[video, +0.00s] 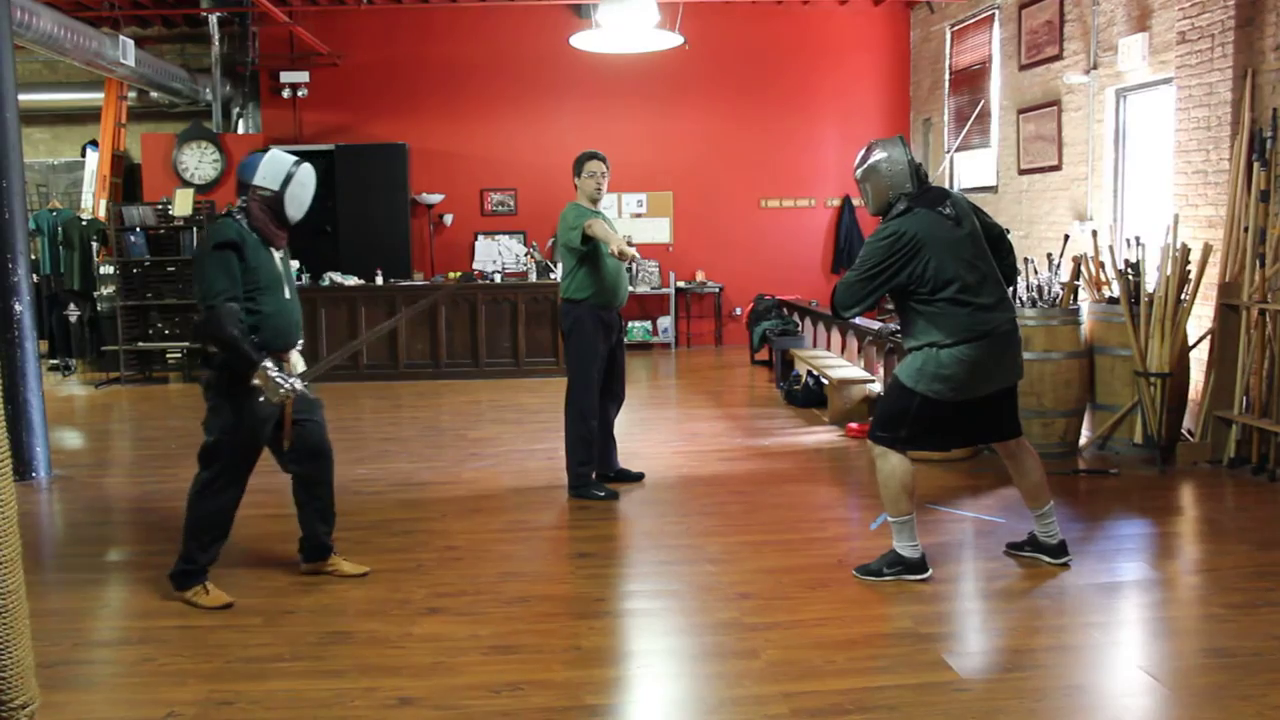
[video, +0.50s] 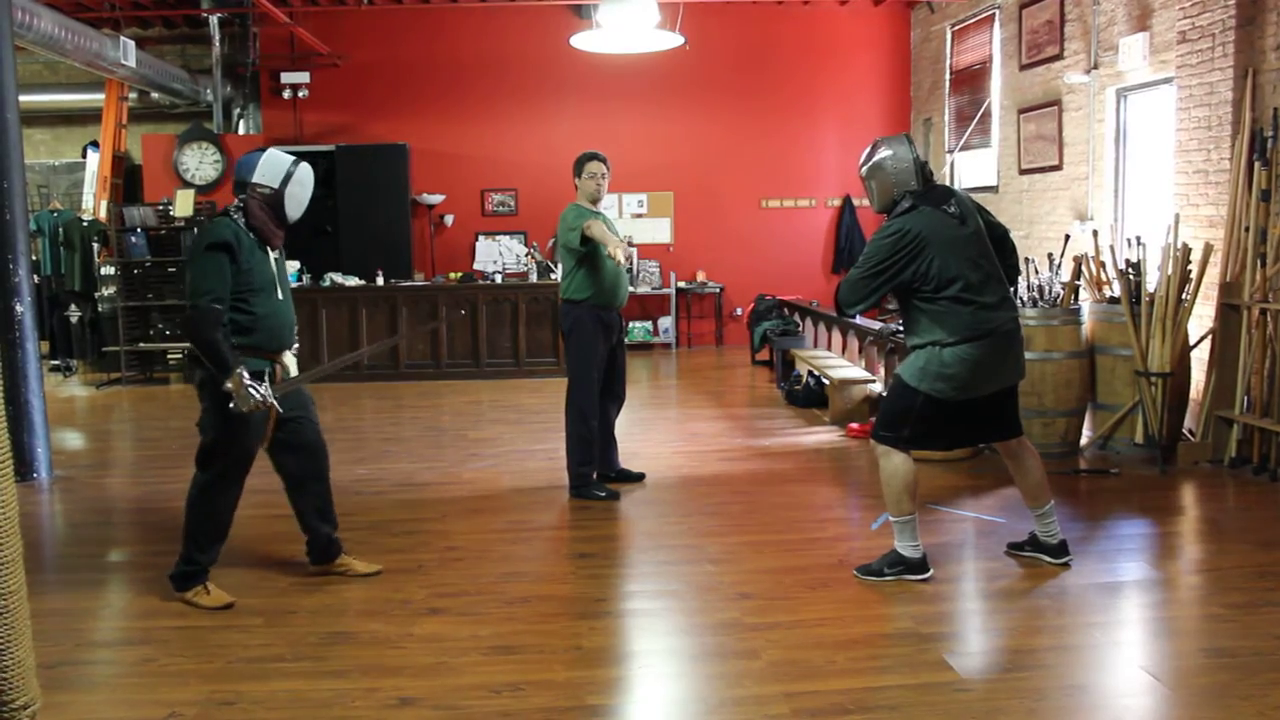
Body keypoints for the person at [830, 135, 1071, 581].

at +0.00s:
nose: (863, 198)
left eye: (865, 188)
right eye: (862, 188)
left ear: (883, 185)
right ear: (911, 177)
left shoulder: (895, 233)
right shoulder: (957, 205)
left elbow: (843, 302)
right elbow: (1003, 249)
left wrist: (882, 275)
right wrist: (992, 297)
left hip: (945, 355)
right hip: (1001, 346)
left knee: (886, 438)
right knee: (1009, 438)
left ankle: (907, 553)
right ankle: (1050, 538)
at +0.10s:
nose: (863, 197)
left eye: (865, 186)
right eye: (862, 187)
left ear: (884, 183)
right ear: (911, 176)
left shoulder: (896, 232)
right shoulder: (958, 204)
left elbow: (844, 302)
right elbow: (1003, 248)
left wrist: (881, 275)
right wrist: (993, 295)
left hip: (946, 354)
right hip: (1002, 345)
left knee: (887, 437)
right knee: (1009, 437)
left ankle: (907, 553)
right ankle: (1050, 538)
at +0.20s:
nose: (865, 196)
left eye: (867, 186)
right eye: (863, 186)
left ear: (885, 183)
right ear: (913, 175)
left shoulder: (897, 233)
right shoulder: (959, 204)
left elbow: (845, 302)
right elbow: (1004, 247)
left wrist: (882, 273)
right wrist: (995, 294)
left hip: (947, 354)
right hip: (1003, 345)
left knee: (887, 437)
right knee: (1010, 438)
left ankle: (907, 553)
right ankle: (1050, 539)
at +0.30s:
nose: (866, 196)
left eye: (867, 186)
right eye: (864, 186)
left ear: (885, 183)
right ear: (914, 175)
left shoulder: (897, 232)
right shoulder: (960, 205)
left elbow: (845, 301)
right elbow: (1004, 246)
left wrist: (883, 273)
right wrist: (995, 293)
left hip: (947, 354)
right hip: (1003, 345)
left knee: (888, 437)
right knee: (1010, 437)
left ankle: (907, 553)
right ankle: (1050, 538)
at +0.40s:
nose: (868, 195)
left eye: (869, 185)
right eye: (867, 185)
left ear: (887, 182)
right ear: (916, 174)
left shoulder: (899, 231)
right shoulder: (960, 204)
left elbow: (846, 301)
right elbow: (1005, 247)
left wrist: (884, 273)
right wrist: (997, 294)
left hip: (948, 353)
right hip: (1003, 345)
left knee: (888, 437)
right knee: (1010, 437)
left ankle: (907, 553)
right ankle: (1050, 539)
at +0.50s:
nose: (869, 195)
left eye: (870, 185)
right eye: (867, 185)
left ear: (888, 182)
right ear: (916, 173)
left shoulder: (901, 230)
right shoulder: (961, 204)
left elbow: (847, 299)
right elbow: (1005, 248)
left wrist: (884, 273)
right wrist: (996, 295)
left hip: (949, 353)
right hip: (1003, 345)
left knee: (889, 437)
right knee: (1010, 437)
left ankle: (908, 553)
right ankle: (1050, 539)